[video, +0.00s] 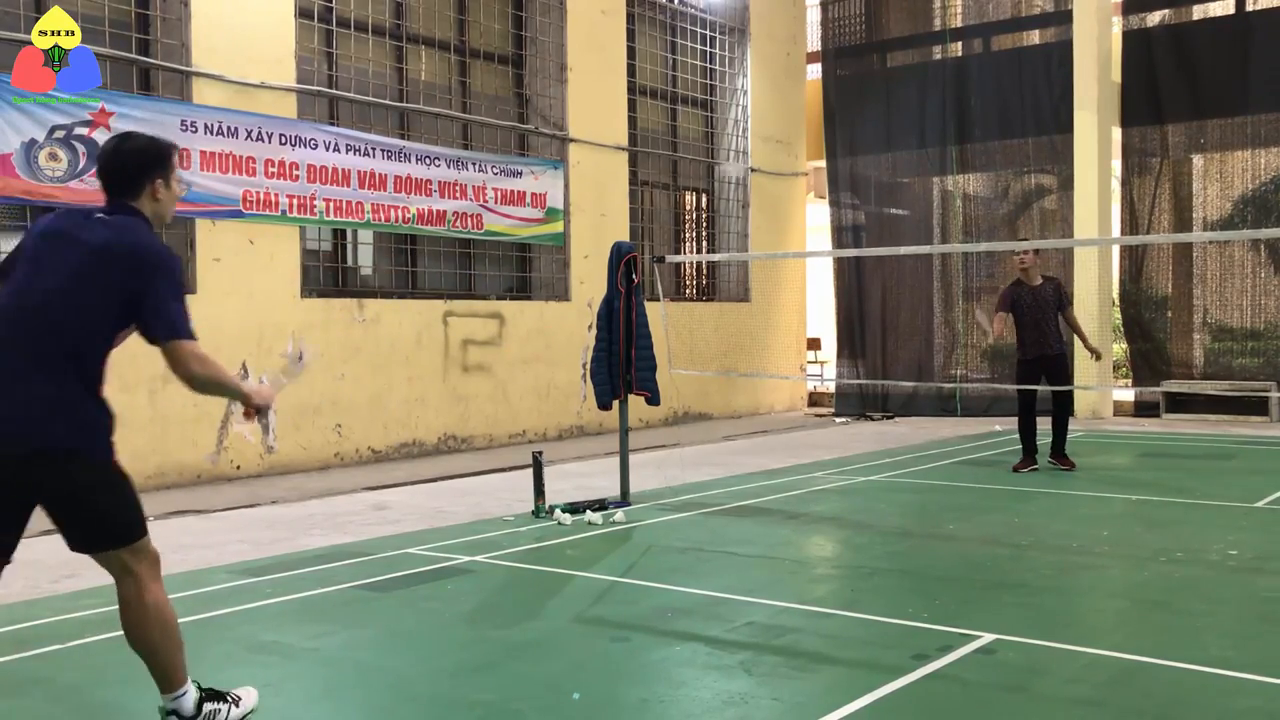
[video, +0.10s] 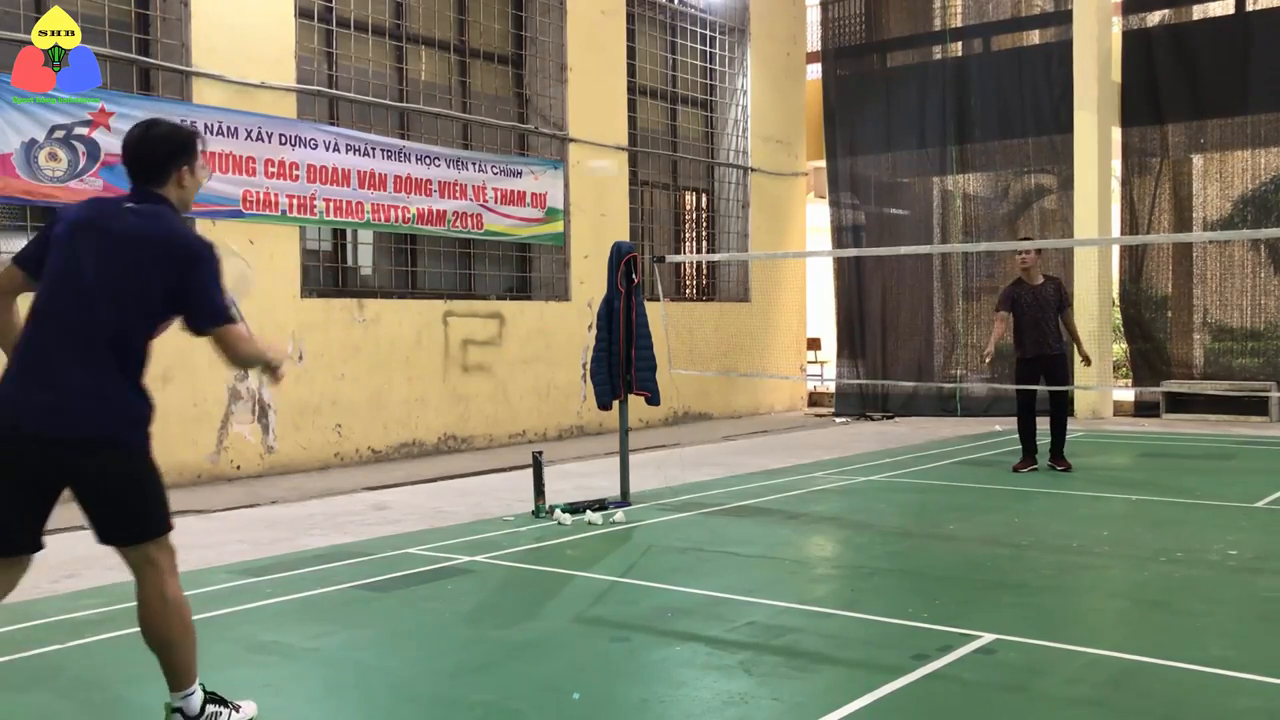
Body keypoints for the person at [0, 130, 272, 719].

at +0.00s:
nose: (178, 193)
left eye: (176, 181)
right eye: (174, 182)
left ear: (111, 184)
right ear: (154, 187)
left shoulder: (52, 224)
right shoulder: (148, 254)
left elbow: (7, 290)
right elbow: (191, 365)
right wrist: (244, 391)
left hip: (6, 423)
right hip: (63, 431)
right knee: (136, 567)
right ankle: (182, 702)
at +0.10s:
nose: (203, 177)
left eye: (200, 165)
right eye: (199, 166)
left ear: (133, 172)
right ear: (180, 173)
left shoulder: (74, 219)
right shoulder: (186, 247)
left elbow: (3, 288)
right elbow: (234, 346)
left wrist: (26, 362)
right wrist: (271, 358)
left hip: (22, 416)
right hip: (106, 425)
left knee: (7, 563)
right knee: (154, 565)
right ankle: (188, 702)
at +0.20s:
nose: (217, 160)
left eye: (216, 148)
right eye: (214, 150)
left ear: (147, 155)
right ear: (199, 157)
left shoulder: (90, 207)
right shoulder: (213, 239)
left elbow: (9, 271)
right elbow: (294, 311)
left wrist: (9, 348)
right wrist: (319, 310)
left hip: (44, 409)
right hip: (130, 424)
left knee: (38, 549)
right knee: (177, 553)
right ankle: (192, 701)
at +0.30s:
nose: (227, 152)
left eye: (223, 142)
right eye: (225, 144)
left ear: (158, 151)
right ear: (217, 152)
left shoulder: (107, 203)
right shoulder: (245, 232)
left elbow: (8, 253)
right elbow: (353, 252)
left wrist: (9, 315)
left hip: (51, 404)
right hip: (136, 421)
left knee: (32, 543)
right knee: (183, 550)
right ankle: (192, 699)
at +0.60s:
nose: (226, 152)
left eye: (224, 139)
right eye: (222, 140)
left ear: (157, 149)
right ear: (203, 148)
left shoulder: (110, 199)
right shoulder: (210, 224)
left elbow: (22, 251)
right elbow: (297, 287)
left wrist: (45, 289)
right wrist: (392, 305)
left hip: (55, 399)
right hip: (130, 415)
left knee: (9, 537)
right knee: (179, 546)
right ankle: (190, 697)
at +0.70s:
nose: (211, 167)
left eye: (207, 156)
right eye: (205, 157)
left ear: (148, 167)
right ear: (184, 165)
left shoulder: (98, 216)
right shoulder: (179, 239)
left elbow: (46, 274)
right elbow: (248, 328)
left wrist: (100, 301)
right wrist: (344, 362)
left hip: (40, 410)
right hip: (111, 424)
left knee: (14, 548)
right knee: (181, 549)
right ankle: (190, 700)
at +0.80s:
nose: (193, 191)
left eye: (191, 179)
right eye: (188, 180)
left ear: (133, 187)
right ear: (165, 186)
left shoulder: (84, 233)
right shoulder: (149, 255)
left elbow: (49, 323)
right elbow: (200, 356)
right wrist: (286, 392)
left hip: (17, 428)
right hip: (84, 437)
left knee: (7, 562)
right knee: (178, 550)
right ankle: (189, 701)